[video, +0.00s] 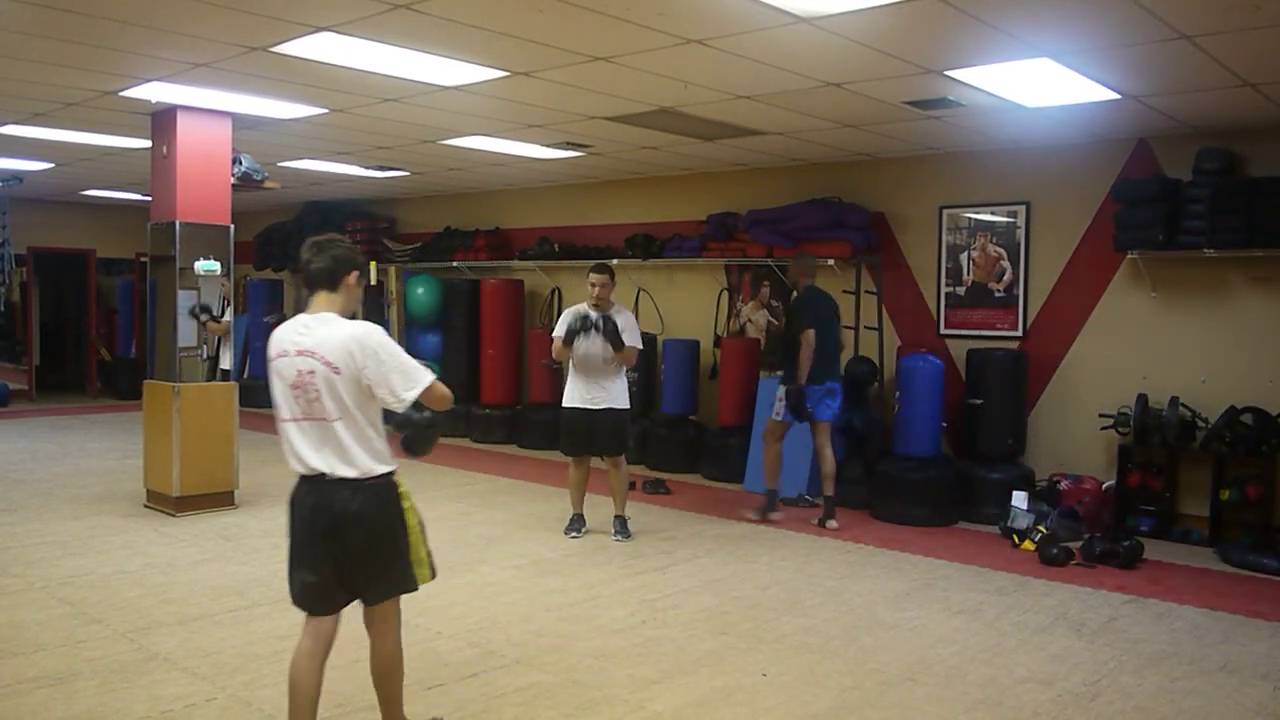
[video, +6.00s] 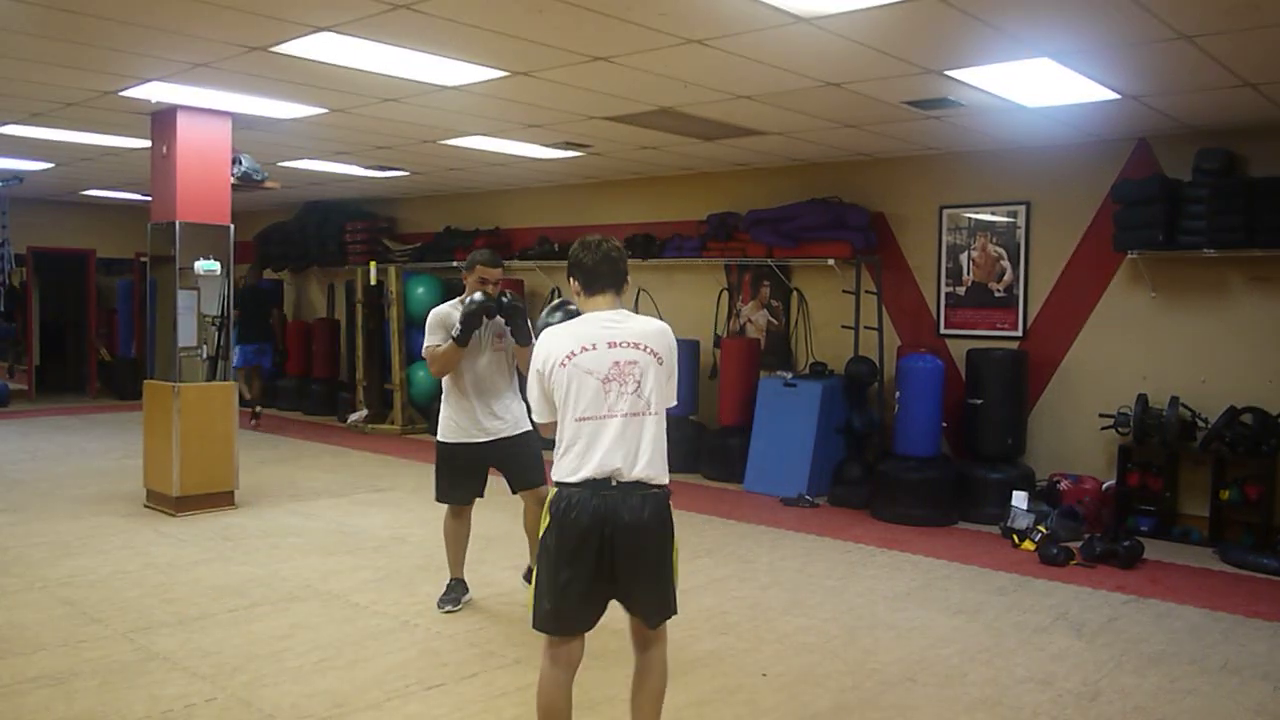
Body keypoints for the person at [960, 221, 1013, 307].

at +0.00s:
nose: (983, 240)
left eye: (986, 236)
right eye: (980, 236)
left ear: (990, 237)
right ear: (976, 237)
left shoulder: (999, 252)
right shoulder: (971, 253)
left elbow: (1009, 271)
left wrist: (1001, 286)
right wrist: (967, 277)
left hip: (990, 287)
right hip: (974, 286)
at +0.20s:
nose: (982, 241)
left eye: (986, 237)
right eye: (980, 236)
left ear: (990, 237)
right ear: (976, 237)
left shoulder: (999, 253)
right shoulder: (970, 253)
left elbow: (1009, 272)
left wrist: (1000, 286)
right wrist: (967, 277)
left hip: (990, 288)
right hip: (974, 286)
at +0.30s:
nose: (983, 240)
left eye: (986, 236)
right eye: (980, 236)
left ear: (990, 237)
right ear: (975, 237)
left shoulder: (999, 252)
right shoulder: (970, 253)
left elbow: (1009, 272)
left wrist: (1000, 286)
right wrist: (967, 279)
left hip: (990, 288)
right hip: (974, 287)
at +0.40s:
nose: (982, 240)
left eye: (986, 236)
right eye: (979, 236)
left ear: (990, 237)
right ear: (976, 237)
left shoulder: (999, 252)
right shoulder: (971, 252)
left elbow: (1009, 272)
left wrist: (1000, 286)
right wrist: (967, 277)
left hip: (990, 287)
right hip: (974, 286)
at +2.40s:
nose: (982, 241)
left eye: (985, 237)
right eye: (979, 237)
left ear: (990, 237)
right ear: (975, 237)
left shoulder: (999, 252)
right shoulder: (971, 252)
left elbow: (1009, 272)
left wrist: (1000, 286)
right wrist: (966, 278)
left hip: (990, 288)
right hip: (974, 286)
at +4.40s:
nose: (983, 241)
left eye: (985, 237)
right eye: (979, 237)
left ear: (990, 237)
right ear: (975, 237)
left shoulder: (998, 252)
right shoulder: (971, 253)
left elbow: (1009, 272)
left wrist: (1000, 286)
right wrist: (966, 279)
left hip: (992, 288)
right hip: (975, 287)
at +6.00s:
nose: (983, 241)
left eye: (985, 237)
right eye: (979, 237)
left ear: (990, 237)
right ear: (975, 237)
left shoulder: (998, 252)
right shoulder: (971, 253)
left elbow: (1009, 272)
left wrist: (1000, 286)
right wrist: (966, 279)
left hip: (992, 288)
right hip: (975, 287)